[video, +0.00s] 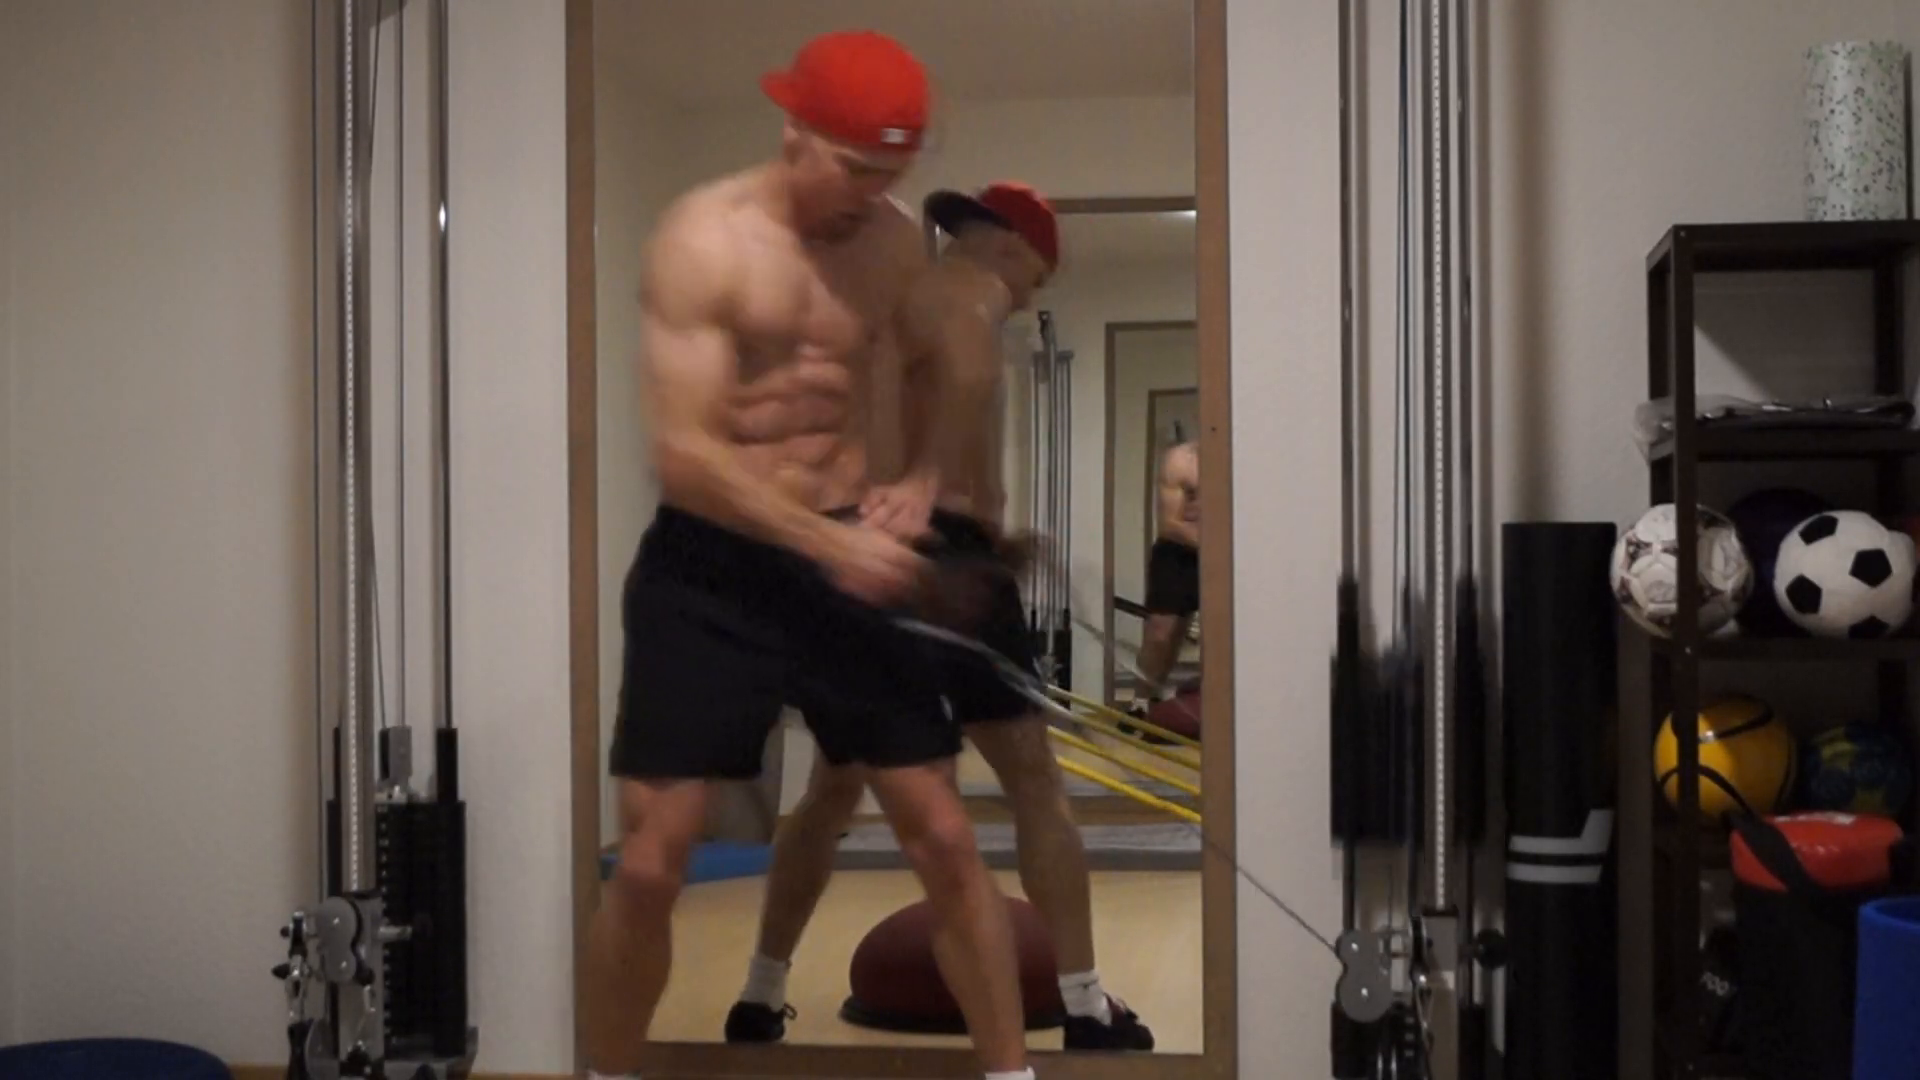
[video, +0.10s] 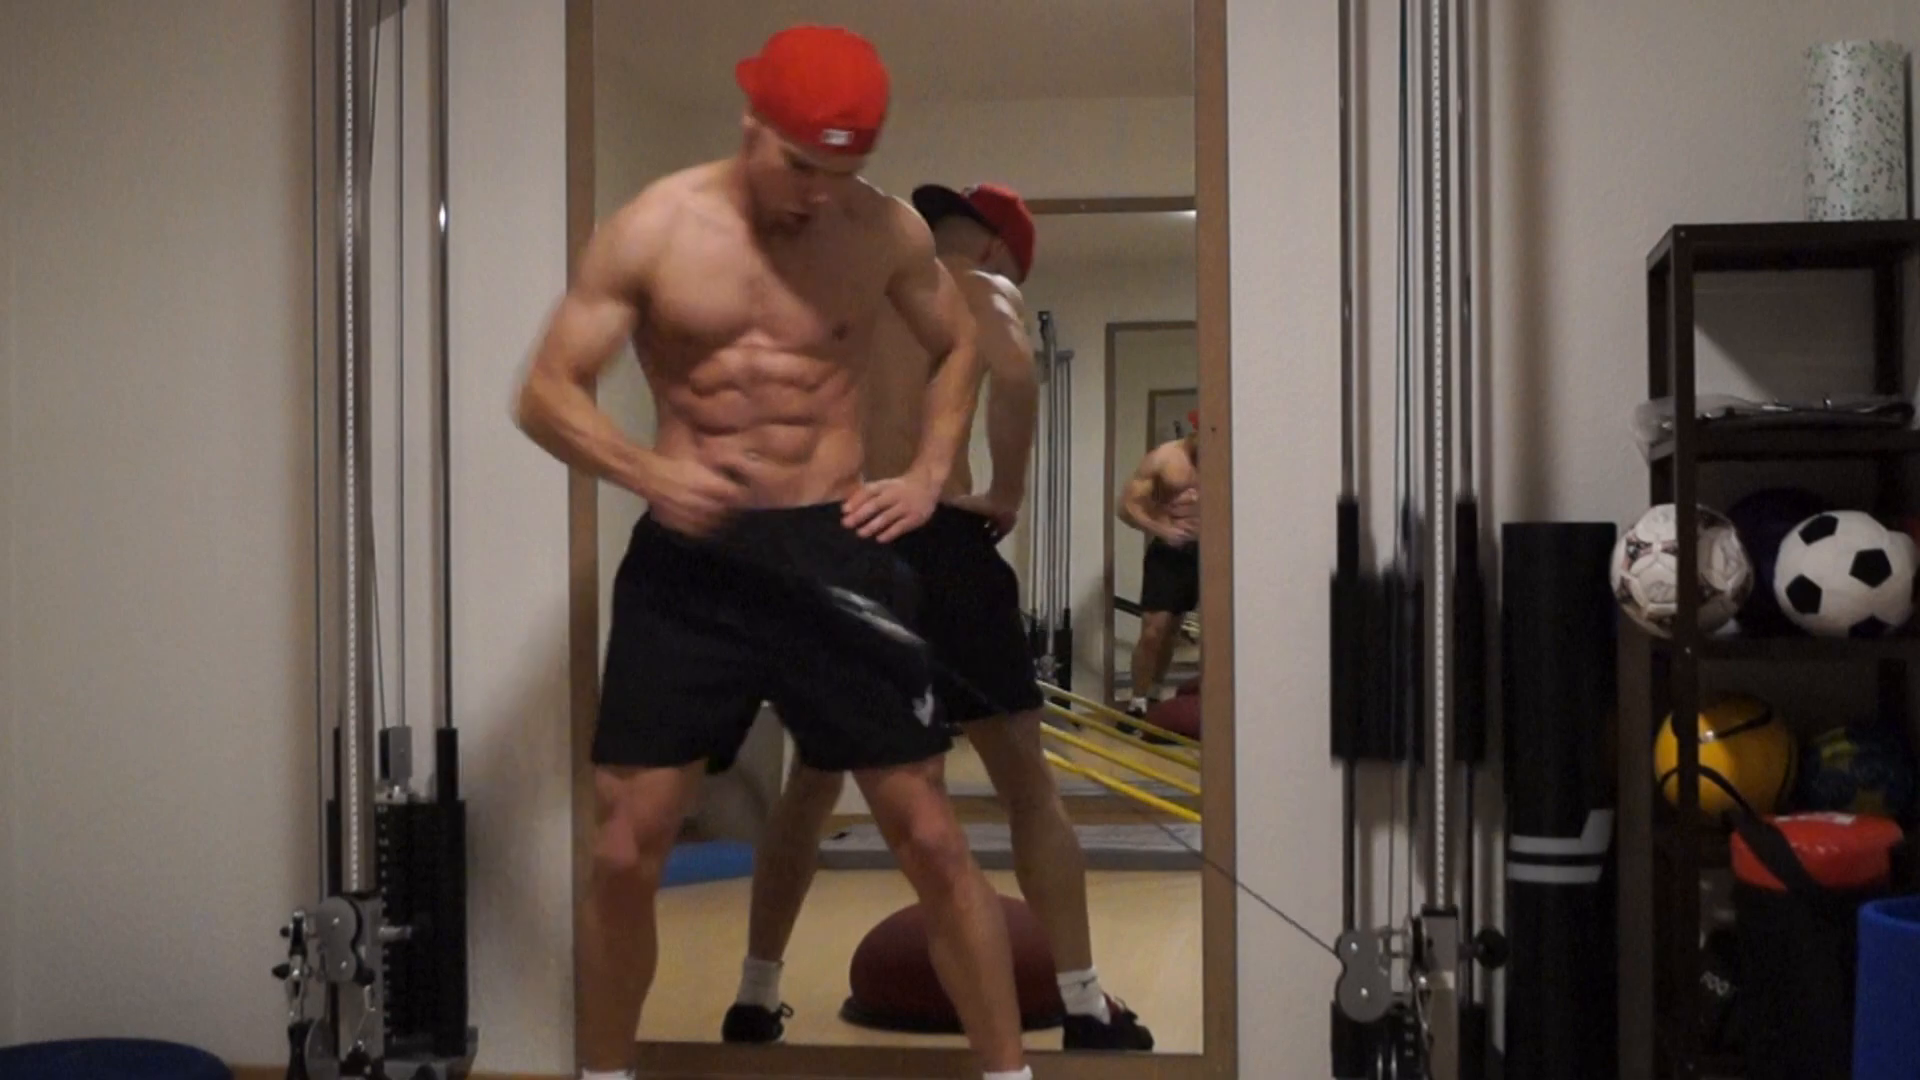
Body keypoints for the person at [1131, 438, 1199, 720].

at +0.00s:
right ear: (1208, 427)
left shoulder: (1231, 460)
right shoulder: (1181, 458)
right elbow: (1170, 523)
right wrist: (1209, 542)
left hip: (1210, 552)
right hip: (1178, 550)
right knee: (1162, 634)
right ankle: (1142, 699)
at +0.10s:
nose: (1209, 440)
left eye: (1214, 433)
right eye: (1206, 431)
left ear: (1219, 435)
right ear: (1194, 429)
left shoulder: (1218, 462)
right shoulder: (1163, 458)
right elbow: (1129, 505)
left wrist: (1208, 518)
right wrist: (1164, 529)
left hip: (1199, 551)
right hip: (1168, 548)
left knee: (1171, 629)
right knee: (1154, 630)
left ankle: (1153, 696)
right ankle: (1138, 701)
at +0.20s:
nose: (1189, 450)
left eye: (1194, 445)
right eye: (1186, 443)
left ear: (1202, 444)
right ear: (1175, 438)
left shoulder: (1205, 464)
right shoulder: (1152, 459)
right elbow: (1110, 486)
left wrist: (1210, 525)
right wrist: (1129, 509)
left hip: (1195, 552)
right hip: (1161, 549)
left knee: (1163, 631)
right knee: (1145, 630)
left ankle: (1151, 694)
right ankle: (1136, 700)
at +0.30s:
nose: (1184, 455)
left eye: (1189, 449)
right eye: (1179, 448)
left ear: (1198, 447)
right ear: (1168, 442)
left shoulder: (1204, 464)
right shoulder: (1149, 457)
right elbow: (1108, 479)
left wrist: (1206, 525)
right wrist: (1119, 499)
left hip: (1190, 552)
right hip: (1155, 549)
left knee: (1160, 630)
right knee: (1140, 628)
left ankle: (1150, 695)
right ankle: (1135, 701)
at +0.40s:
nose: (1179, 454)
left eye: (1185, 449)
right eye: (1174, 447)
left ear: (1195, 448)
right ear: (1166, 440)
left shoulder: (1203, 465)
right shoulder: (1148, 458)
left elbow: (1224, 498)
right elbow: (1108, 486)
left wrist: (1207, 521)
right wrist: (1126, 504)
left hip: (1189, 553)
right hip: (1155, 549)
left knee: (1160, 630)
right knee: (1141, 628)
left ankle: (1149, 696)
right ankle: (1134, 702)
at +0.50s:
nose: (1187, 452)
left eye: (1193, 447)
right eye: (1183, 445)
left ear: (1200, 443)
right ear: (1173, 438)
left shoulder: (1206, 463)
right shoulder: (1153, 459)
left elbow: (1231, 503)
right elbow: (1113, 497)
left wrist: (1208, 517)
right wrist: (1146, 515)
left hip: (1195, 550)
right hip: (1160, 548)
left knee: (1163, 632)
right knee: (1146, 630)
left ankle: (1147, 695)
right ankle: (1135, 701)